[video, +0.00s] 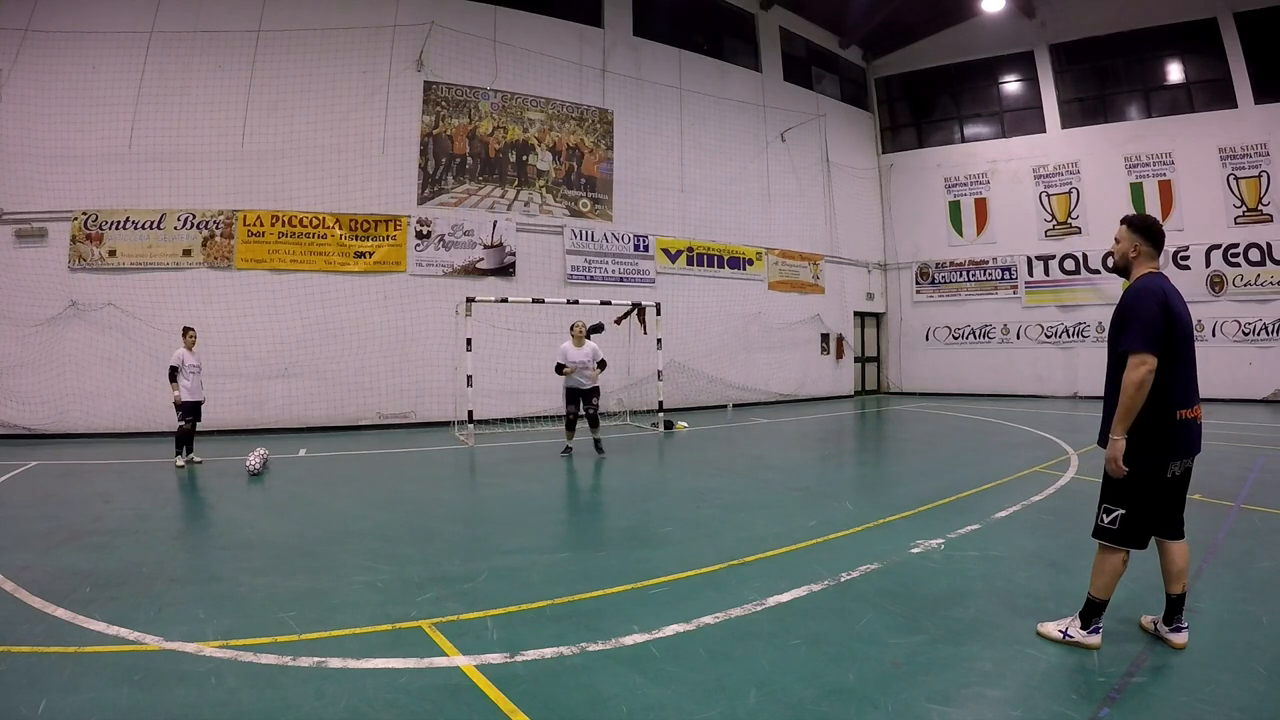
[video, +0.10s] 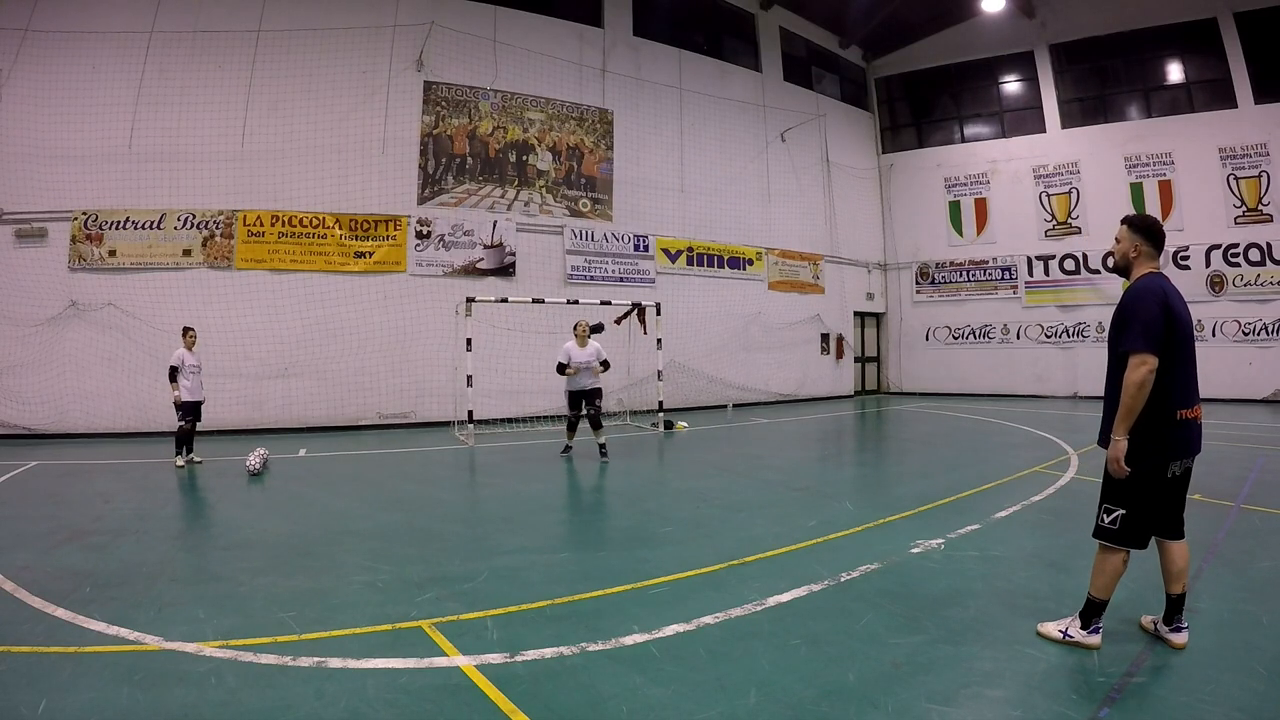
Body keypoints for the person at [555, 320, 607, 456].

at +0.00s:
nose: (580, 328)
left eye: (583, 327)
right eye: (577, 326)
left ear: (586, 331)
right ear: (571, 331)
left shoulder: (592, 346)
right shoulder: (565, 347)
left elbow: (603, 363)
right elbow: (558, 368)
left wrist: (596, 372)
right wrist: (567, 370)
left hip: (590, 387)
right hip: (572, 387)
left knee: (592, 415)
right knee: (571, 417)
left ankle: (597, 440)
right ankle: (569, 445)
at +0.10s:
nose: (584, 328)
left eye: (586, 326)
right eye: (581, 326)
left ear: (589, 331)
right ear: (575, 331)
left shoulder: (595, 346)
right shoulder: (568, 347)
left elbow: (606, 364)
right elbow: (559, 368)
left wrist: (600, 369)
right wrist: (570, 371)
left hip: (593, 387)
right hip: (574, 389)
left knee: (593, 417)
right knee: (573, 419)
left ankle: (602, 446)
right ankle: (569, 445)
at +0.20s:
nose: (589, 325)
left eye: (592, 323)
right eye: (586, 323)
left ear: (595, 329)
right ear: (581, 329)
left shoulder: (600, 345)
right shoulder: (573, 346)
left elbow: (613, 368)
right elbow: (564, 366)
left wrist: (602, 359)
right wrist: (574, 377)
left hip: (598, 389)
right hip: (578, 390)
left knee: (596, 421)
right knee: (576, 423)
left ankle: (603, 448)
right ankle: (572, 441)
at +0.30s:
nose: (592, 319)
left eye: (595, 318)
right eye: (589, 318)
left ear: (598, 324)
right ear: (583, 324)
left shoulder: (604, 339)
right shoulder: (575, 339)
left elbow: (616, 361)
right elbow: (565, 360)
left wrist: (601, 347)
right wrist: (575, 366)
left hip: (600, 386)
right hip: (579, 386)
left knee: (597, 420)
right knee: (578, 421)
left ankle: (604, 444)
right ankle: (581, 449)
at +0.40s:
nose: (594, 318)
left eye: (597, 316)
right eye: (591, 316)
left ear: (600, 323)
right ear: (585, 323)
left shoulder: (606, 337)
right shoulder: (577, 338)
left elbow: (616, 357)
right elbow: (565, 360)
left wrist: (599, 340)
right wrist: (574, 362)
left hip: (602, 385)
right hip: (582, 385)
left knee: (599, 422)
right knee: (581, 423)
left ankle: (606, 453)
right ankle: (585, 454)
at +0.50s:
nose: (596, 318)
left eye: (598, 317)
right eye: (593, 316)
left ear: (602, 323)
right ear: (586, 323)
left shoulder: (607, 336)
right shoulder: (579, 338)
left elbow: (619, 350)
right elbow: (565, 356)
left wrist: (600, 335)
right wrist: (557, 358)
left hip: (607, 389)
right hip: (585, 389)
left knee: (602, 427)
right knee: (579, 426)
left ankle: (608, 453)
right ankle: (587, 450)